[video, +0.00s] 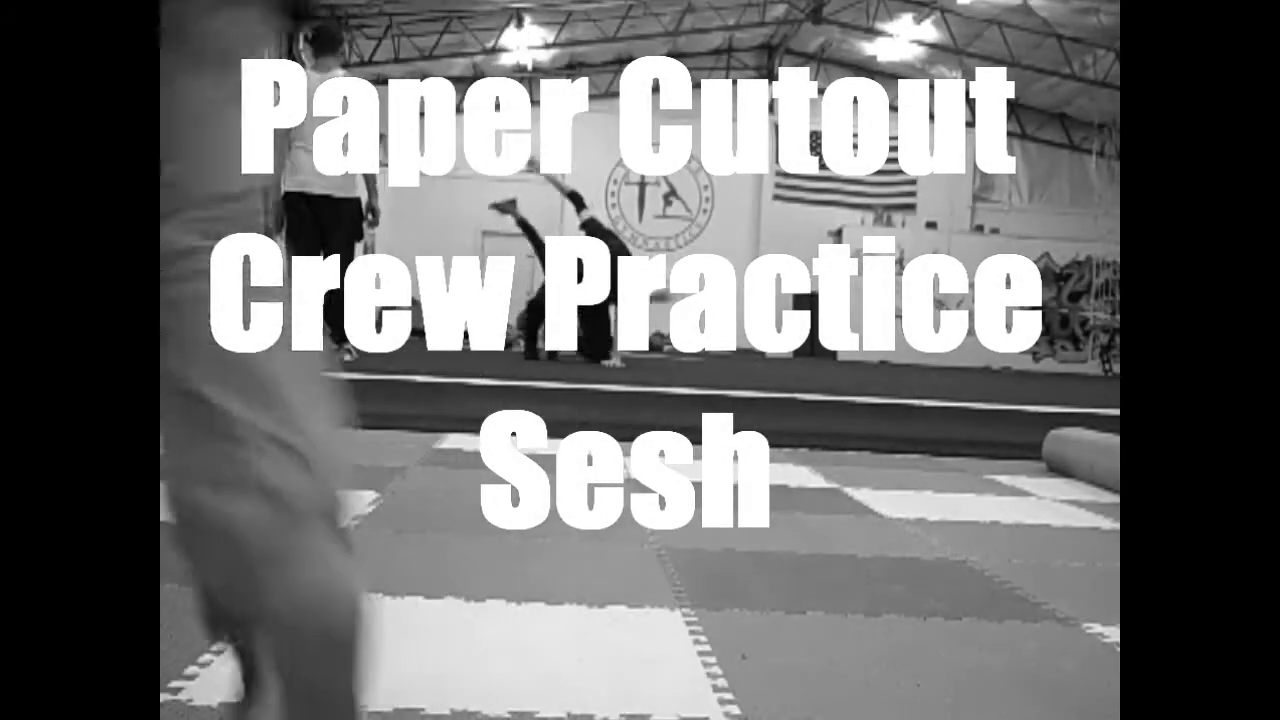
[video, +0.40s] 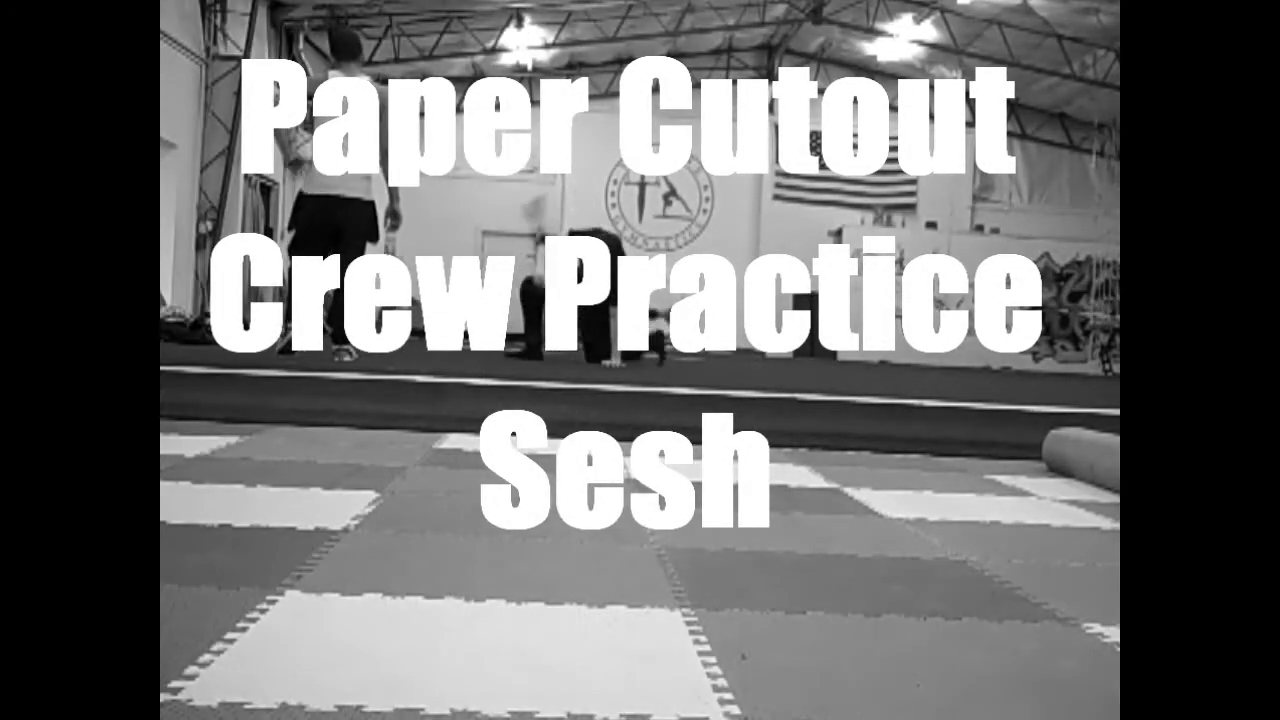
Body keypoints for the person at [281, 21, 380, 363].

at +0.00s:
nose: (303, 52)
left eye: (304, 46)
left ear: (308, 48)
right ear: (345, 49)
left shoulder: (295, 84)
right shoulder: (356, 88)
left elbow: (280, 146)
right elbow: (366, 149)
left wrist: (275, 199)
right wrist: (373, 197)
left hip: (299, 195)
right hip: (344, 195)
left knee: (301, 272)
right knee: (342, 272)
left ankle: (300, 342)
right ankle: (343, 343)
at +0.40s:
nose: (327, 63)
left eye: (327, 57)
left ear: (331, 55)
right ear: (362, 54)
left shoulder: (316, 87)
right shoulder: (379, 92)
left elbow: (288, 128)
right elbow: (390, 153)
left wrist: (291, 154)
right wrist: (395, 202)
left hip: (317, 203)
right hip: (358, 205)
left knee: (299, 272)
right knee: (350, 278)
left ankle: (293, 335)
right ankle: (342, 343)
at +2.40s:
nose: (301, 62)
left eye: (300, 57)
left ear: (303, 57)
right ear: (333, 56)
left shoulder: (292, 86)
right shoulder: (351, 90)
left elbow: (274, 141)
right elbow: (362, 152)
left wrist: (284, 164)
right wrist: (366, 201)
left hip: (298, 196)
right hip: (340, 196)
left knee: (295, 272)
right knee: (339, 274)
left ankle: (289, 341)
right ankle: (341, 343)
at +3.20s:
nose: (305, 65)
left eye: (304, 60)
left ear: (306, 58)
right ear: (334, 59)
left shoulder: (301, 86)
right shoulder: (351, 90)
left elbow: (288, 141)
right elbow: (364, 152)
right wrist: (368, 200)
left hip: (308, 194)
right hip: (343, 196)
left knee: (298, 267)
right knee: (340, 270)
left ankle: (289, 339)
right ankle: (340, 341)